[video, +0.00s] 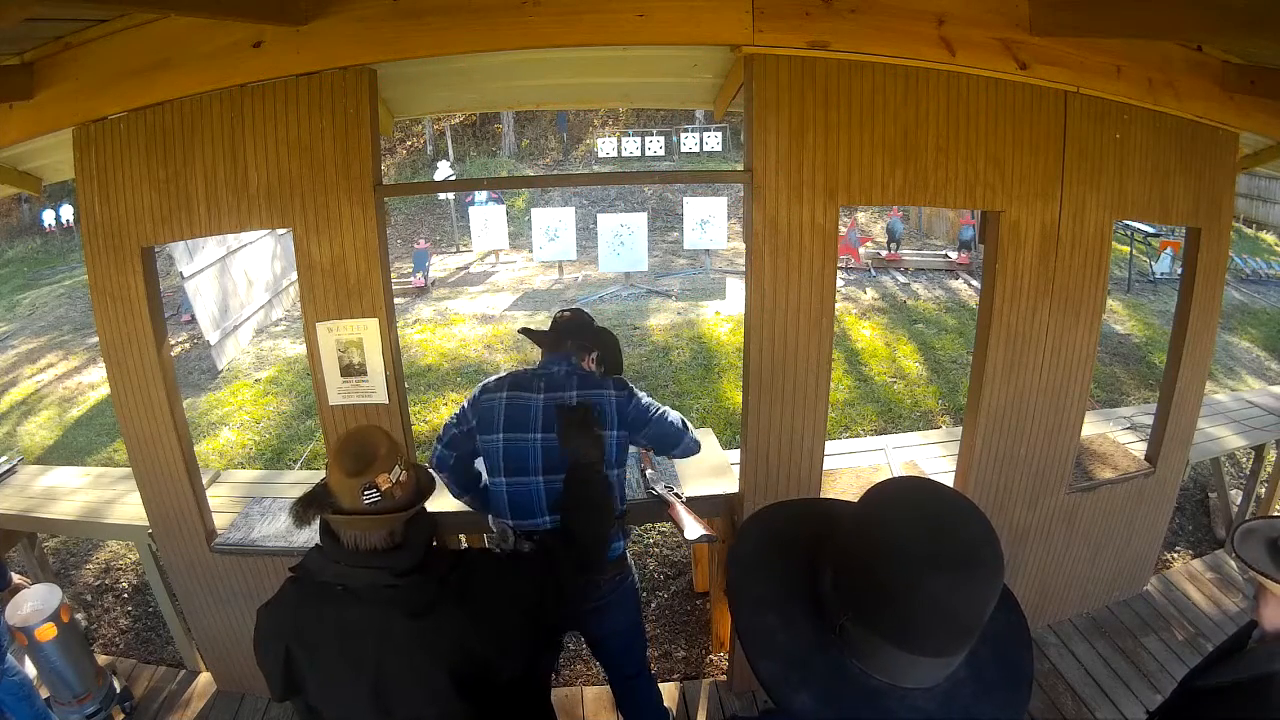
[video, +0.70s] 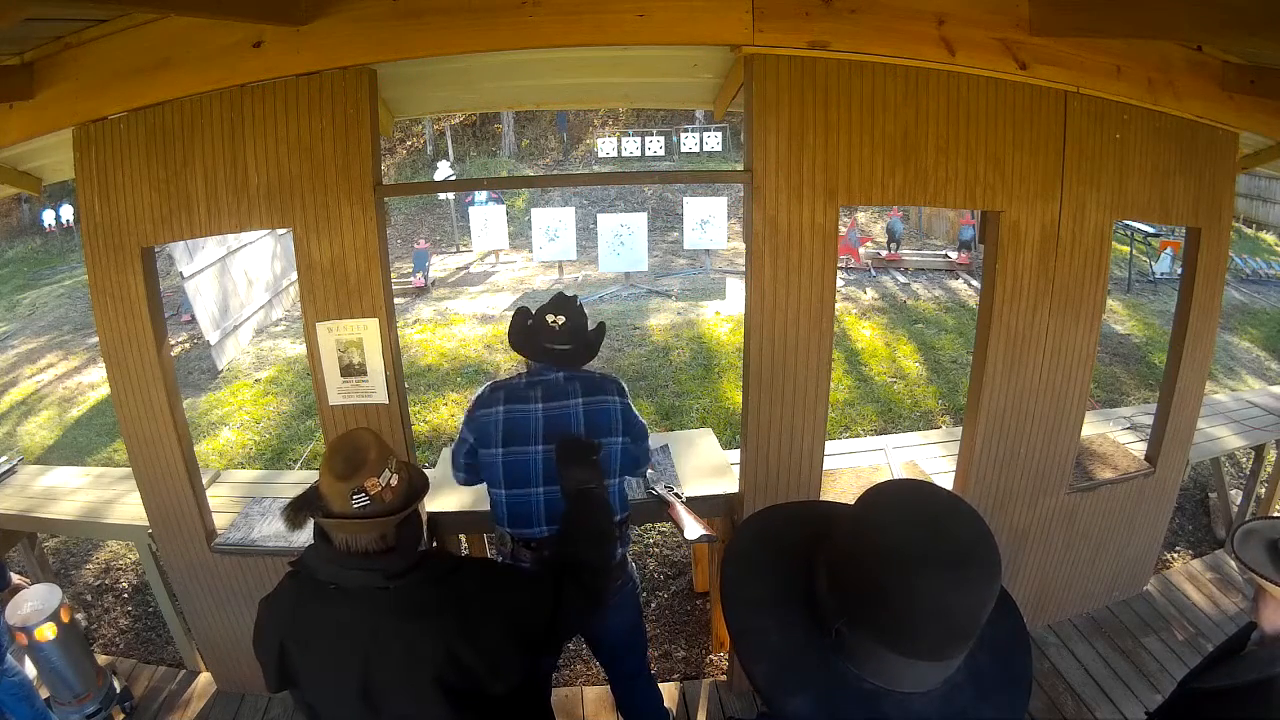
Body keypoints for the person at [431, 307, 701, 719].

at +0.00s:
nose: (599, 368)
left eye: (599, 360)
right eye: (598, 359)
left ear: (546, 350)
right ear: (588, 356)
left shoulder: (490, 393)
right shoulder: (615, 394)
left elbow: (446, 458)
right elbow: (686, 441)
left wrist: (489, 504)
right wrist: (649, 436)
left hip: (519, 577)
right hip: (600, 570)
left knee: (529, 692)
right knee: (633, 682)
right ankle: (652, 718)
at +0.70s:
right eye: (582, 337)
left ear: (529, 343)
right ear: (583, 344)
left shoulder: (491, 399)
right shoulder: (610, 391)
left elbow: (465, 471)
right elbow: (638, 457)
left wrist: (515, 452)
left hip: (526, 580)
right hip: (606, 571)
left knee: (530, 691)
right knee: (634, 681)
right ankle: (653, 718)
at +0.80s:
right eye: (580, 335)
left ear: (523, 342)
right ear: (581, 343)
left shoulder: (489, 401)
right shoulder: (608, 391)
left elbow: (479, 449)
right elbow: (629, 459)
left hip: (526, 585)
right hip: (605, 577)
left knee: (530, 696)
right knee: (636, 686)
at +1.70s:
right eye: (586, 336)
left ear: (527, 341)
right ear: (582, 344)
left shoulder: (494, 393)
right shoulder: (606, 388)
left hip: (523, 581)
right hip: (601, 574)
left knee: (529, 693)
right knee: (636, 687)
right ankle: (652, 716)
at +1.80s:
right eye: (584, 336)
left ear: (528, 339)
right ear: (583, 343)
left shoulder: (495, 391)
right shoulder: (607, 387)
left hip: (523, 577)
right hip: (601, 570)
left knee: (529, 692)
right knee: (636, 688)